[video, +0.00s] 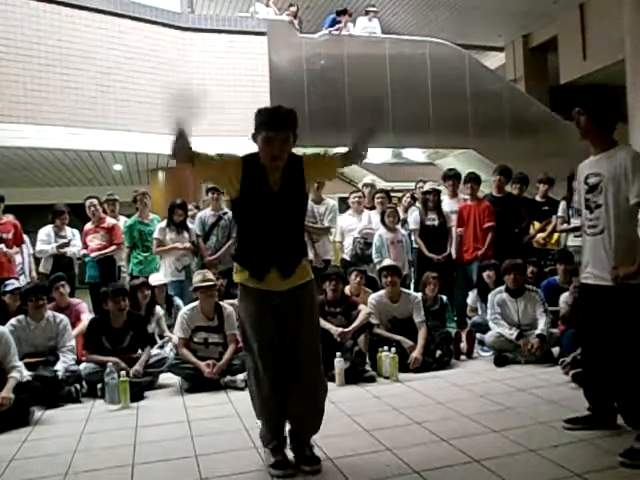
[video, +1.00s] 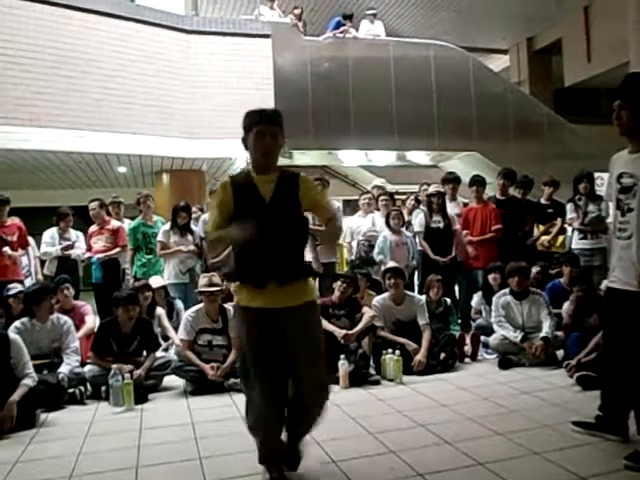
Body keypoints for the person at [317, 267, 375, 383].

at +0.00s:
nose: (333, 284)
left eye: (337, 281)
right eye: (330, 281)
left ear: (343, 285)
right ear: (324, 285)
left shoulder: (348, 300)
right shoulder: (320, 302)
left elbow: (366, 311)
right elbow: (316, 319)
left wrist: (350, 330)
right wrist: (333, 329)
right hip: (328, 343)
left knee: (365, 324)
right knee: (321, 330)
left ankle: (361, 365)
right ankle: (327, 370)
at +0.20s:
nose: (334, 283)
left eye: (338, 280)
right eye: (331, 279)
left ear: (343, 286)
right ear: (325, 284)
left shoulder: (348, 300)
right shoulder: (319, 301)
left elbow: (366, 311)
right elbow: (316, 318)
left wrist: (350, 330)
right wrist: (332, 329)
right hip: (328, 343)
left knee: (365, 323)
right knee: (322, 330)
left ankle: (361, 364)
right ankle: (327, 369)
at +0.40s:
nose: (336, 282)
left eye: (341, 280)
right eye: (334, 278)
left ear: (346, 286)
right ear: (327, 282)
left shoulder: (348, 299)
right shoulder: (319, 301)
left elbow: (366, 311)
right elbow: (316, 318)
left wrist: (350, 330)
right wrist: (332, 329)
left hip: (348, 344)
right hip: (328, 343)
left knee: (365, 322)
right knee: (322, 330)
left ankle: (361, 365)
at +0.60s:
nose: (339, 283)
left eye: (343, 281)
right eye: (337, 279)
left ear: (347, 287)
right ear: (329, 282)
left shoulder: (350, 300)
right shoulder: (318, 302)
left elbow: (366, 311)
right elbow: (311, 315)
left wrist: (350, 330)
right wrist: (332, 329)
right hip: (326, 348)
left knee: (364, 323)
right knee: (314, 327)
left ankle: (363, 364)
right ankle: (315, 366)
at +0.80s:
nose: (344, 286)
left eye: (348, 284)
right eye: (342, 282)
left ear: (352, 290)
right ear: (334, 284)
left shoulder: (354, 302)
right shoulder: (323, 303)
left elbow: (371, 314)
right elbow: (317, 318)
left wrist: (354, 333)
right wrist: (336, 331)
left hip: (352, 346)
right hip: (331, 345)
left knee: (369, 325)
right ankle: (330, 373)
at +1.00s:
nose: (344, 286)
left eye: (348, 285)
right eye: (342, 282)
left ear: (352, 290)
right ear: (334, 284)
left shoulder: (354, 303)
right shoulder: (323, 303)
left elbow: (371, 314)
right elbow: (317, 319)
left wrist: (354, 333)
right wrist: (337, 331)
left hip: (352, 347)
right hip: (331, 345)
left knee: (369, 325)